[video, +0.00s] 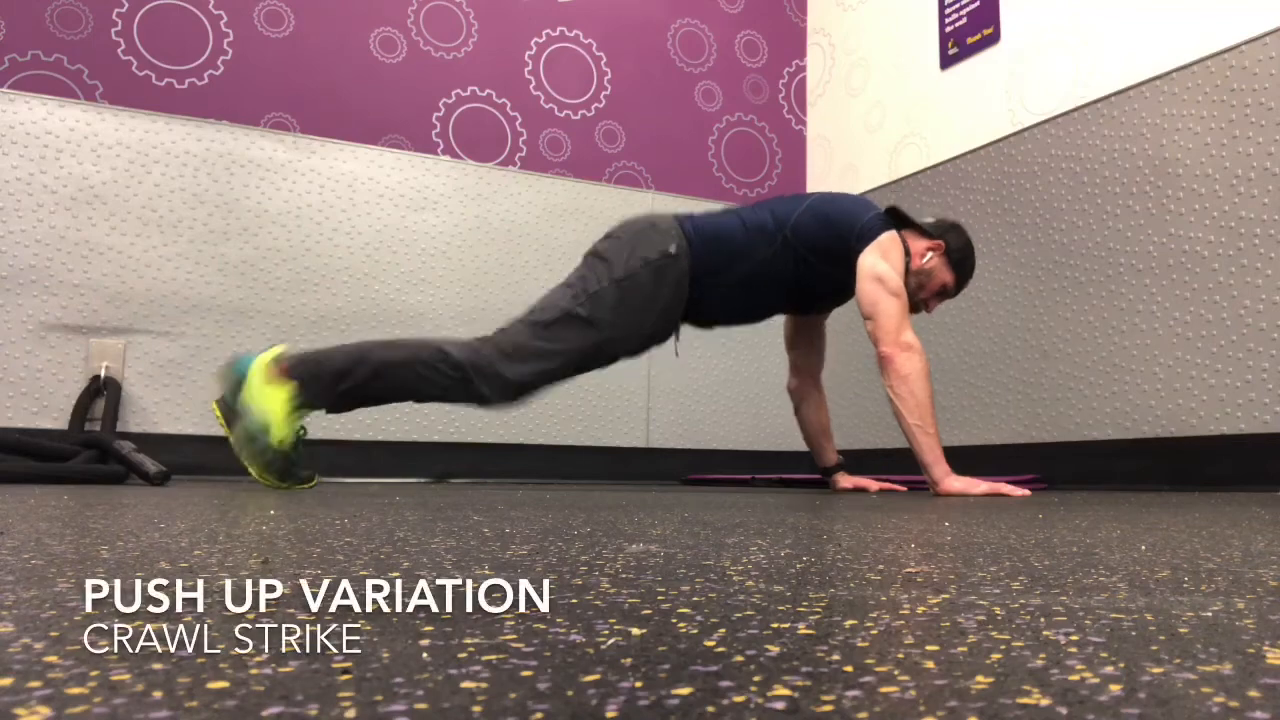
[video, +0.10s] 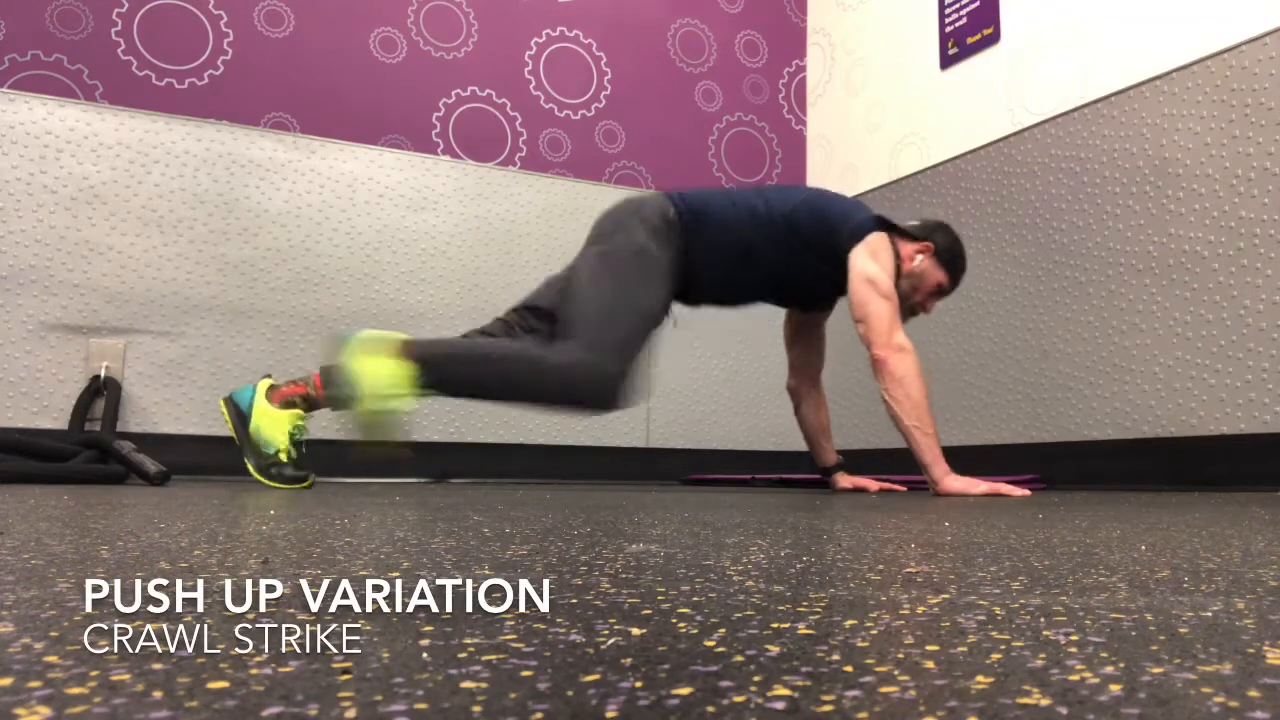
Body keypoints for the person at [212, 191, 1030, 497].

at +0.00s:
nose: (915, 299)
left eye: (927, 294)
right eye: (926, 282)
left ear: (907, 259)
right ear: (919, 245)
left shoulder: (830, 257)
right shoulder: (876, 227)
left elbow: (804, 374)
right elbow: (899, 346)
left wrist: (834, 470)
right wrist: (940, 473)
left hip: (658, 280)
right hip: (658, 262)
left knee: (496, 366)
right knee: (496, 367)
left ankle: (289, 387)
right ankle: (280, 382)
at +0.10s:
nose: (909, 304)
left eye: (921, 298)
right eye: (919, 287)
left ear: (904, 260)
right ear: (910, 249)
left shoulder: (829, 259)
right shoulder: (868, 233)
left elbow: (805, 376)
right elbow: (892, 348)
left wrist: (833, 469)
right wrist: (941, 471)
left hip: (637, 255)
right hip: (651, 231)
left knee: (499, 350)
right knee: (594, 378)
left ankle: (284, 400)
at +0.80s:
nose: (896, 194)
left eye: (901, 183)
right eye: (891, 177)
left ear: (855, 172)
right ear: (856, 158)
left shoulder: (797, 241)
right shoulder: (814, 171)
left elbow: (814, 365)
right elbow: (894, 226)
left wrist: (829, 469)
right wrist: (967, 176)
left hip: (642, 316)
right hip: (653, 262)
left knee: (484, 438)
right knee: (840, 251)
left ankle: (293, 407)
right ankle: (910, 441)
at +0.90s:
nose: (896, 195)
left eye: (901, 184)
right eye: (893, 178)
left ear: (856, 171)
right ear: (859, 160)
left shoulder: (795, 240)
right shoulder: (814, 173)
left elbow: (814, 364)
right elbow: (893, 229)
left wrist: (829, 468)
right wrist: (964, 179)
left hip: (639, 320)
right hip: (652, 265)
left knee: (485, 439)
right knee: (837, 253)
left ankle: (295, 408)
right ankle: (911, 442)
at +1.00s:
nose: (897, 195)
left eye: (902, 185)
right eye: (893, 178)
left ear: (858, 172)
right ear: (859, 160)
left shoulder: (798, 241)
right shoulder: (815, 173)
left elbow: (814, 363)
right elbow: (892, 231)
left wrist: (828, 468)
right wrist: (962, 181)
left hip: (642, 320)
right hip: (652, 265)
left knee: (488, 439)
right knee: (838, 253)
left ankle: (297, 407)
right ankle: (911, 442)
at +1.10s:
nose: (900, 194)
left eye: (905, 184)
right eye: (895, 178)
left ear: (859, 173)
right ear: (860, 161)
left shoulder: (798, 241)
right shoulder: (815, 174)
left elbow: (814, 364)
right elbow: (892, 231)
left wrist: (829, 468)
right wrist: (963, 181)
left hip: (643, 320)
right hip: (654, 265)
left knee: (490, 439)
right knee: (842, 253)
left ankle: (298, 407)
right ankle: (911, 442)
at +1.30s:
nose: (886, 212)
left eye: (893, 204)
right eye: (883, 193)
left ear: (861, 189)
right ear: (854, 170)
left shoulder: (793, 244)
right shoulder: (809, 169)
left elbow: (808, 360)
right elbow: (854, 226)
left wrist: (829, 470)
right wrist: (954, 214)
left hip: (639, 304)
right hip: (656, 255)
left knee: (491, 433)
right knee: (838, 260)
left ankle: (297, 404)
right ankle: (909, 439)